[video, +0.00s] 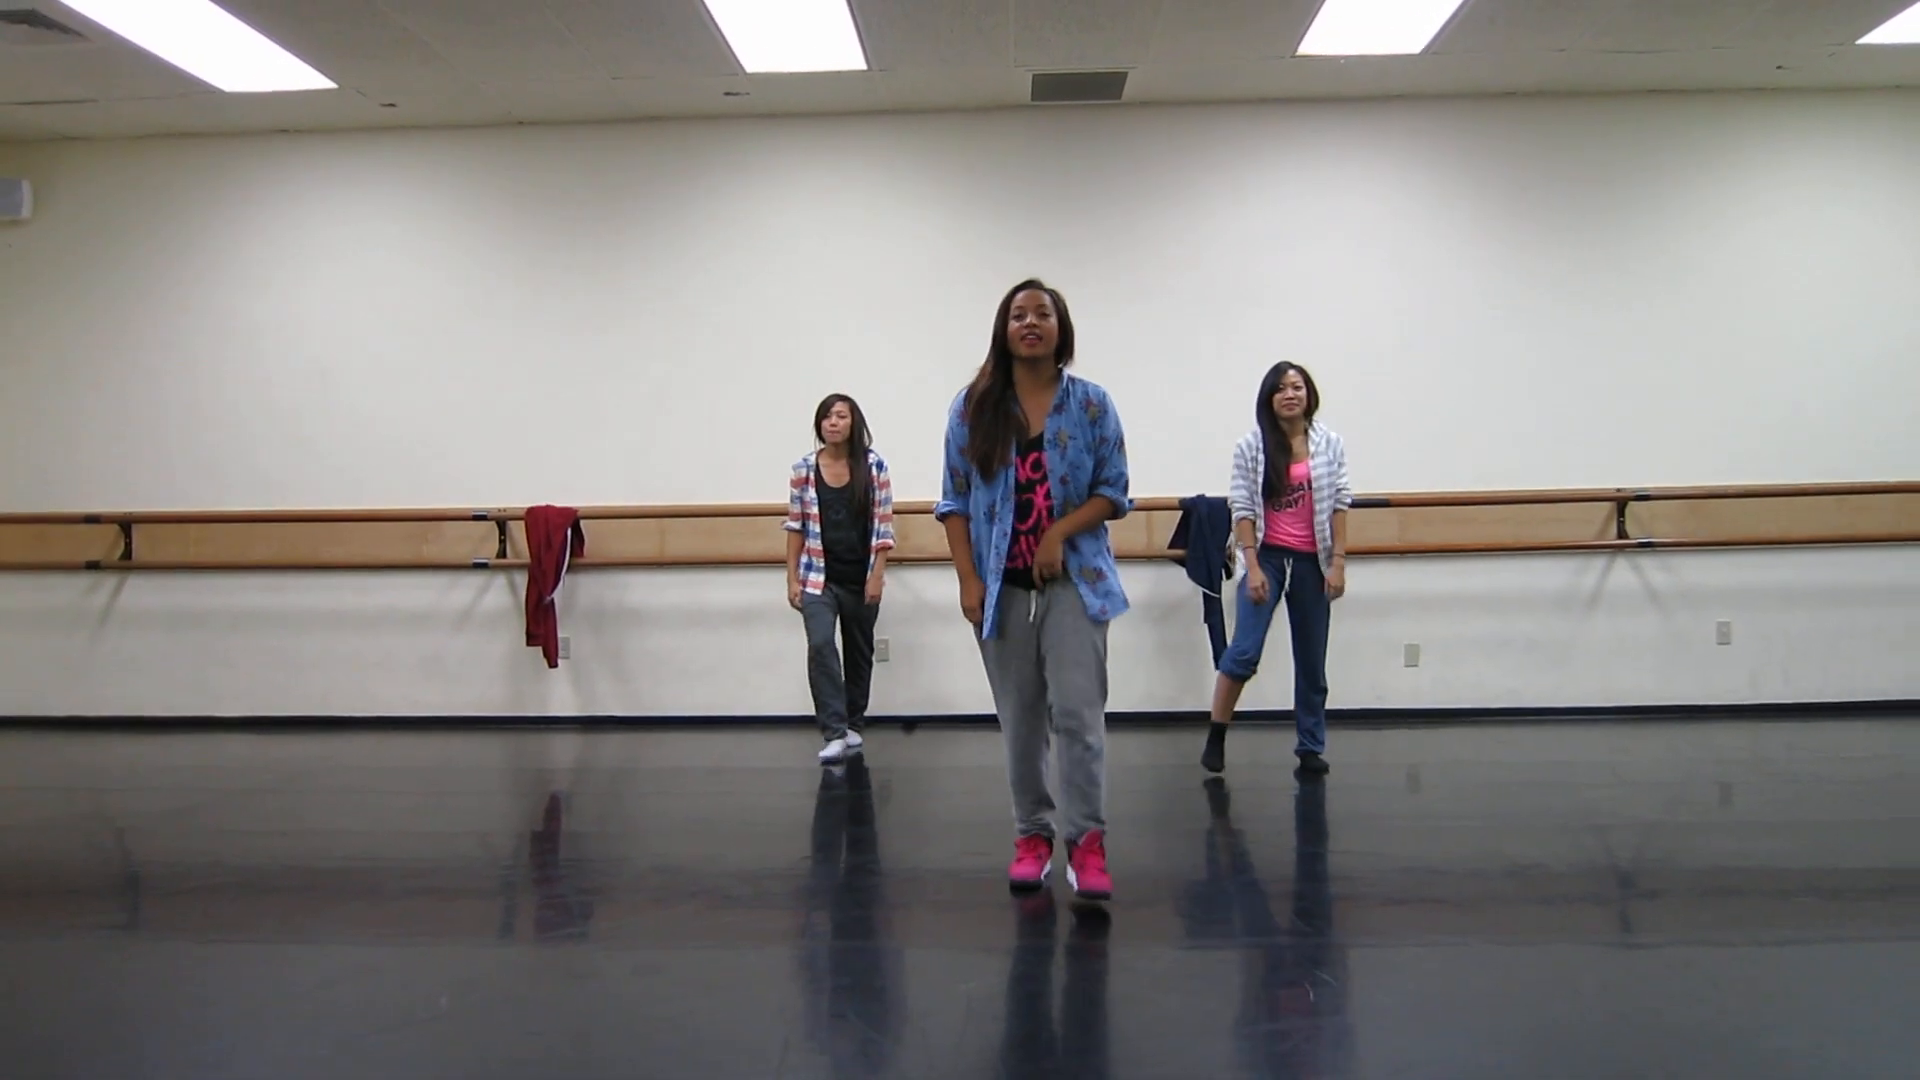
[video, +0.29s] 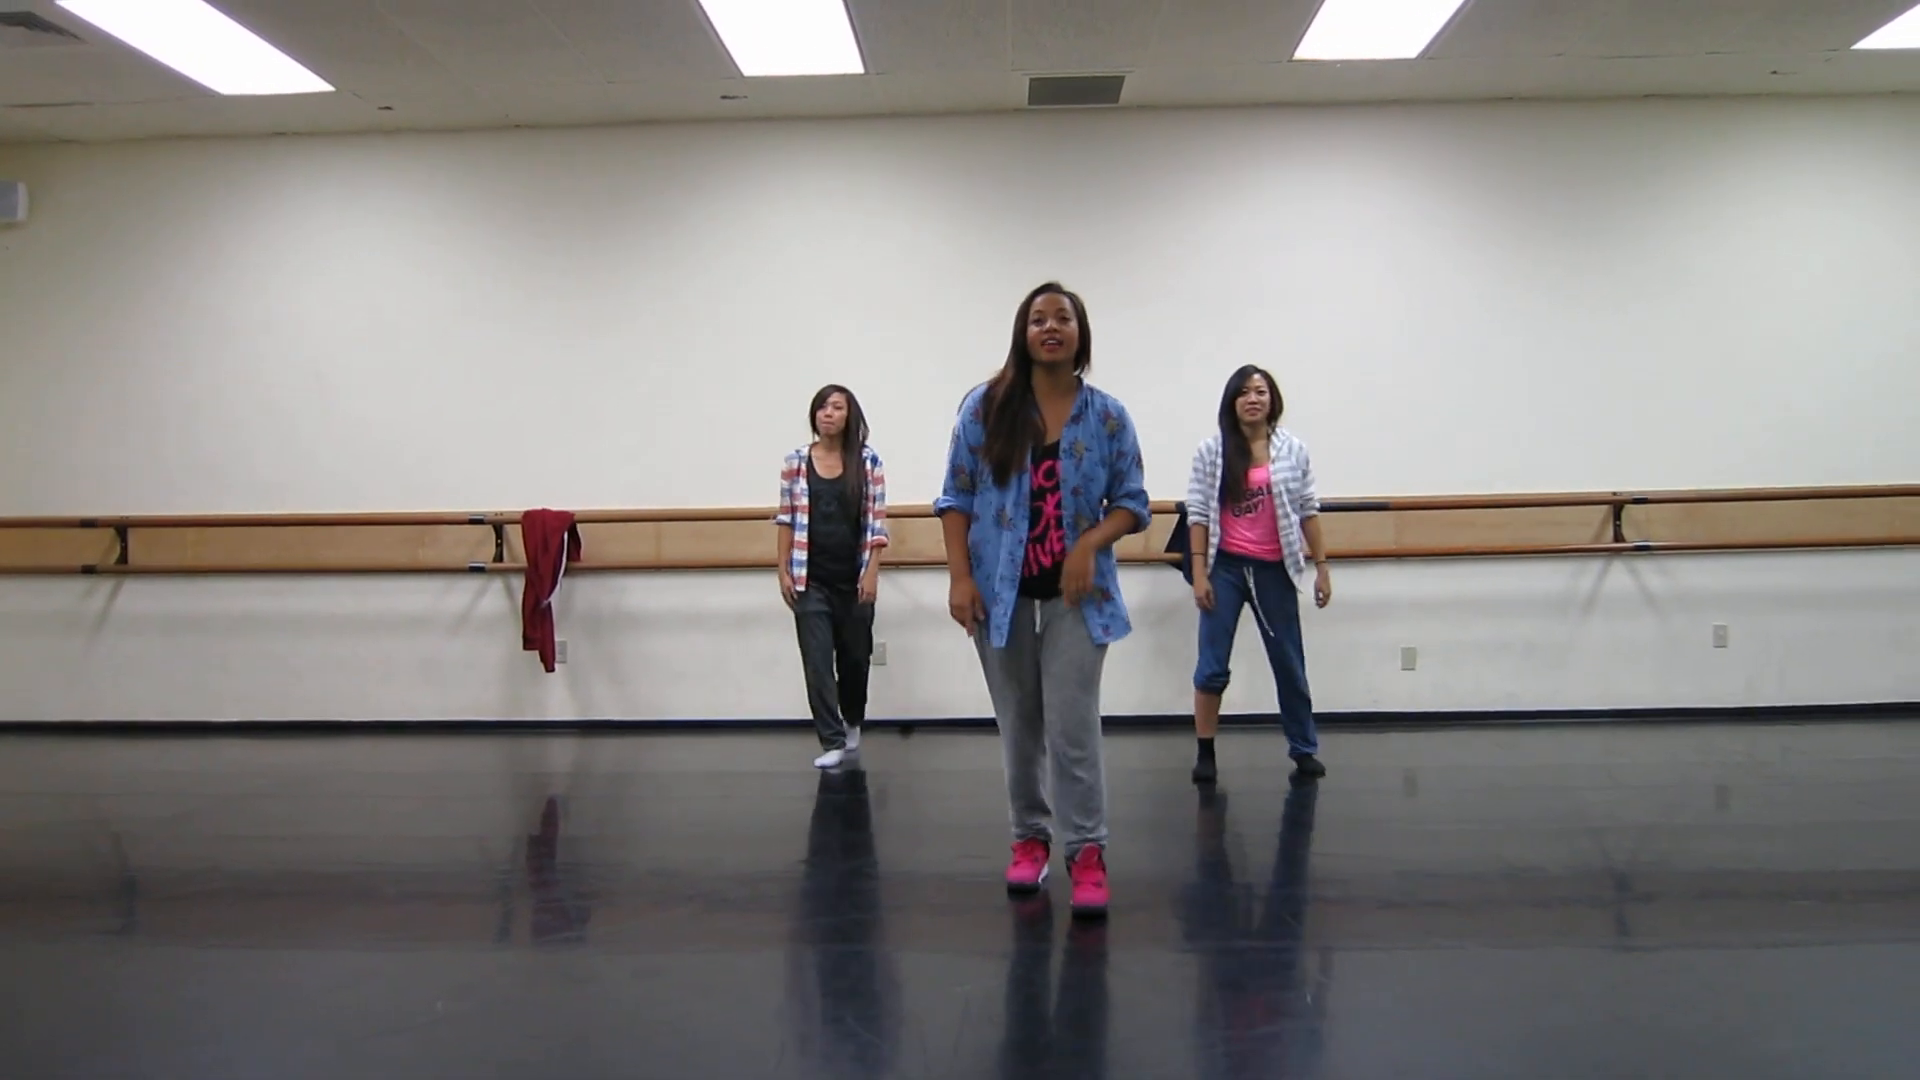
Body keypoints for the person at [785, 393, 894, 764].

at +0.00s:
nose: (834, 422)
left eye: (842, 416)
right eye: (828, 416)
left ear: (854, 424)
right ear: (819, 424)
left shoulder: (873, 465)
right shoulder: (803, 469)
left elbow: (884, 524)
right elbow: (795, 527)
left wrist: (877, 573)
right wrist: (793, 578)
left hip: (861, 580)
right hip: (817, 578)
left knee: (858, 655)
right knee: (820, 647)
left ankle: (853, 724)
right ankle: (834, 733)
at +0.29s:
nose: (829, 413)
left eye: (838, 407)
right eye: (824, 407)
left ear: (851, 416)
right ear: (814, 414)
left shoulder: (868, 461)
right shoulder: (796, 461)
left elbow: (877, 520)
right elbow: (786, 519)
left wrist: (872, 570)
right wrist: (783, 569)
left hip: (854, 580)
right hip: (810, 580)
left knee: (855, 659)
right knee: (818, 662)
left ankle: (853, 722)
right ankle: (832, 743)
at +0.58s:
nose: (828, 411)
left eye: (837, 406)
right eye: (822, 405)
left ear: (849, 417)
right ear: (812, 413)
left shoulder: (865, 463)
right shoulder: (792, 461)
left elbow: (878, 522)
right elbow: (779, 522)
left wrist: (880, 574)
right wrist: (779, 571)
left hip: (852, 584)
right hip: (805, 587)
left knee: (852, 654)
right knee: (812, 670)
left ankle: (854, 738)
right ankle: (829, 747)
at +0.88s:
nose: (821, 419)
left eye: (827, 412)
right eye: (813, 415)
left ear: (842, 421)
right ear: (804, 429)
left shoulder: (867, 470)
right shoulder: (791, 474)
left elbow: (913, 507)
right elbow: (749, 515)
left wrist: (915, 462)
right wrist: (756, 467)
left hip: (854, 596)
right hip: (802, 597)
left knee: (850, 676)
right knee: (812, 681)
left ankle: (847, 768)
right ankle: (838, 691)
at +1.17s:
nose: (806, 399)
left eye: (812, 392)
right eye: (797, 396)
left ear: (828, 399)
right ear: (790, 409)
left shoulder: (848, 443)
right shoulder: (785, 443)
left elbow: (811, 481)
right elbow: (780, 463)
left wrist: (760, 495)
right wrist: (803, 451)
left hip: (842, 577)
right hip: (791, 571)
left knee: (850, 662)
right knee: (762, 640)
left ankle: (852, 759)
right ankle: (771, 731)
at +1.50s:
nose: (783, 416)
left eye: (789, 407)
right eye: (775, 413)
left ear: (807, 411)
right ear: (771, 426)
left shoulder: (834, 453)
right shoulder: (763, 462)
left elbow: (875, 443)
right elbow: (706, 458)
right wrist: (740, 448)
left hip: (829, 593)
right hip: (776, 594)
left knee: (857, 677)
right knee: (759, 683)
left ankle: (909, 751)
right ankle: (738, 774)